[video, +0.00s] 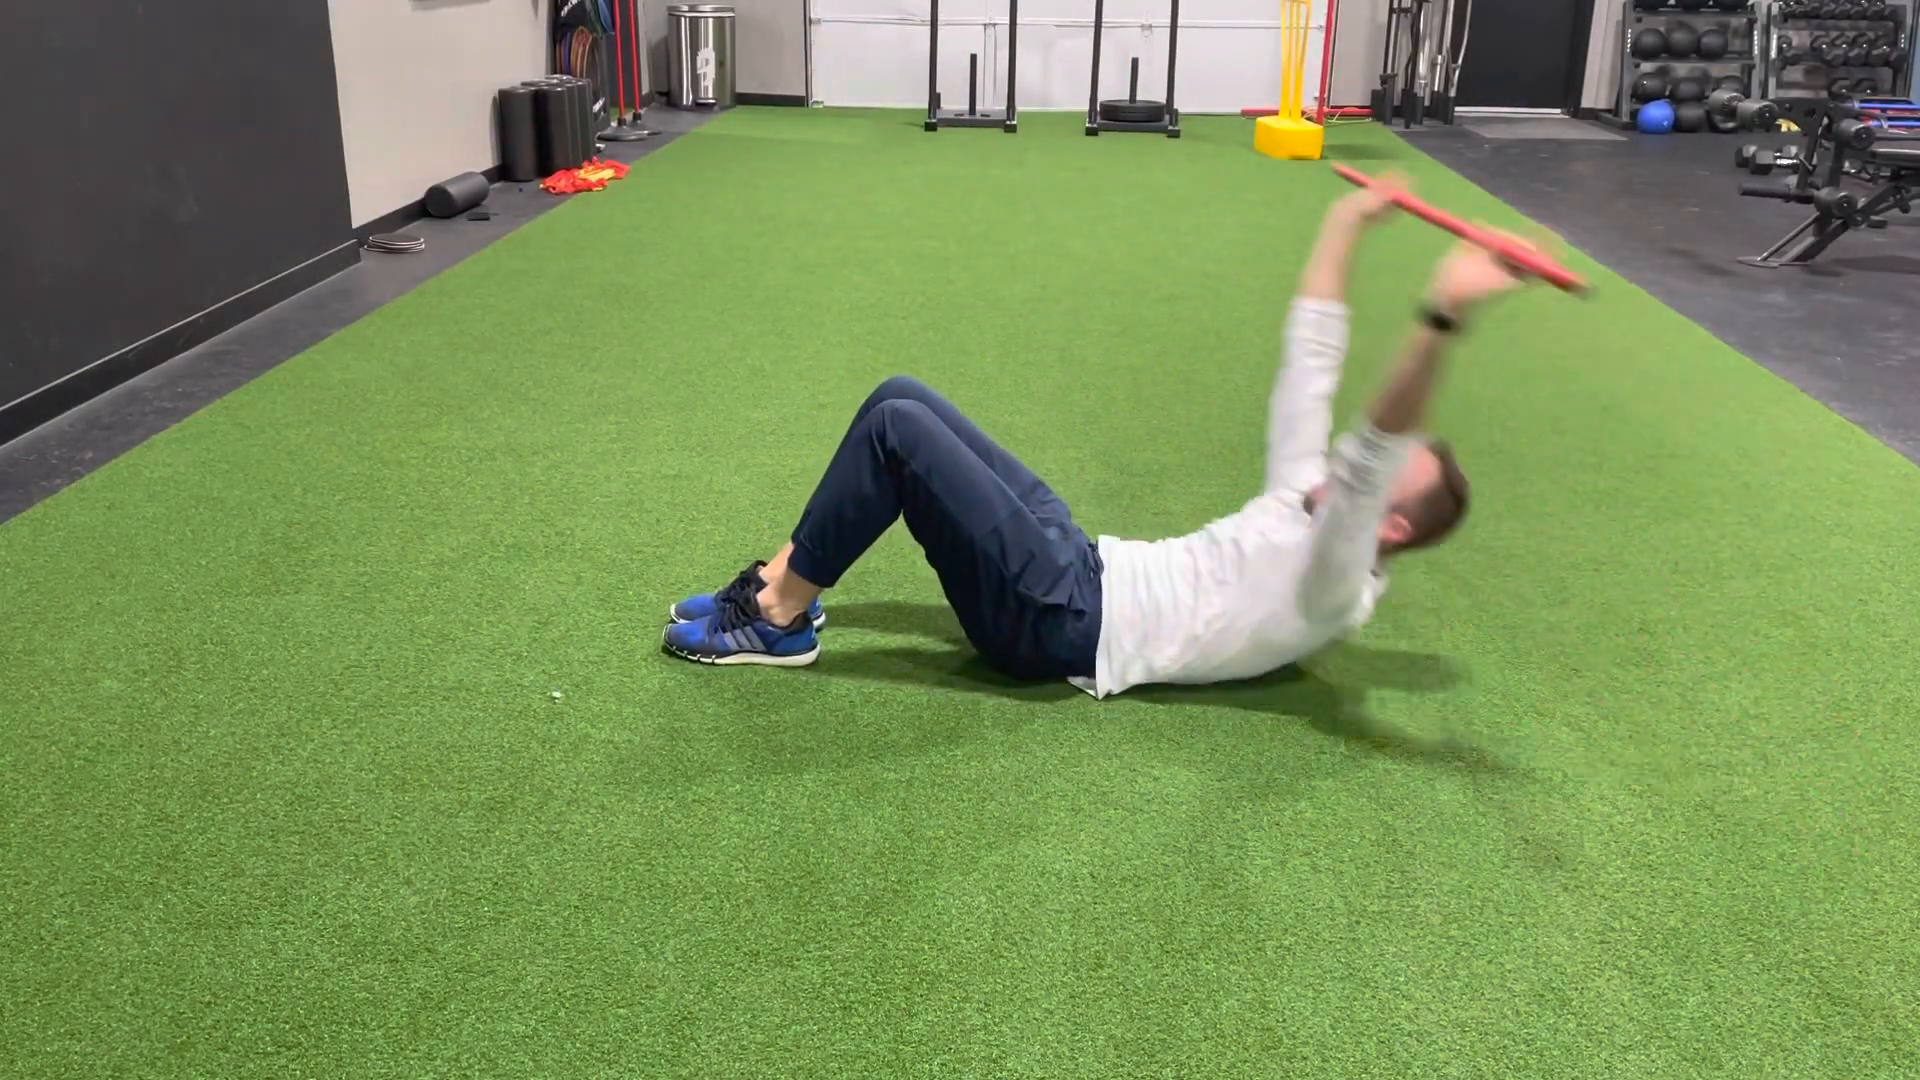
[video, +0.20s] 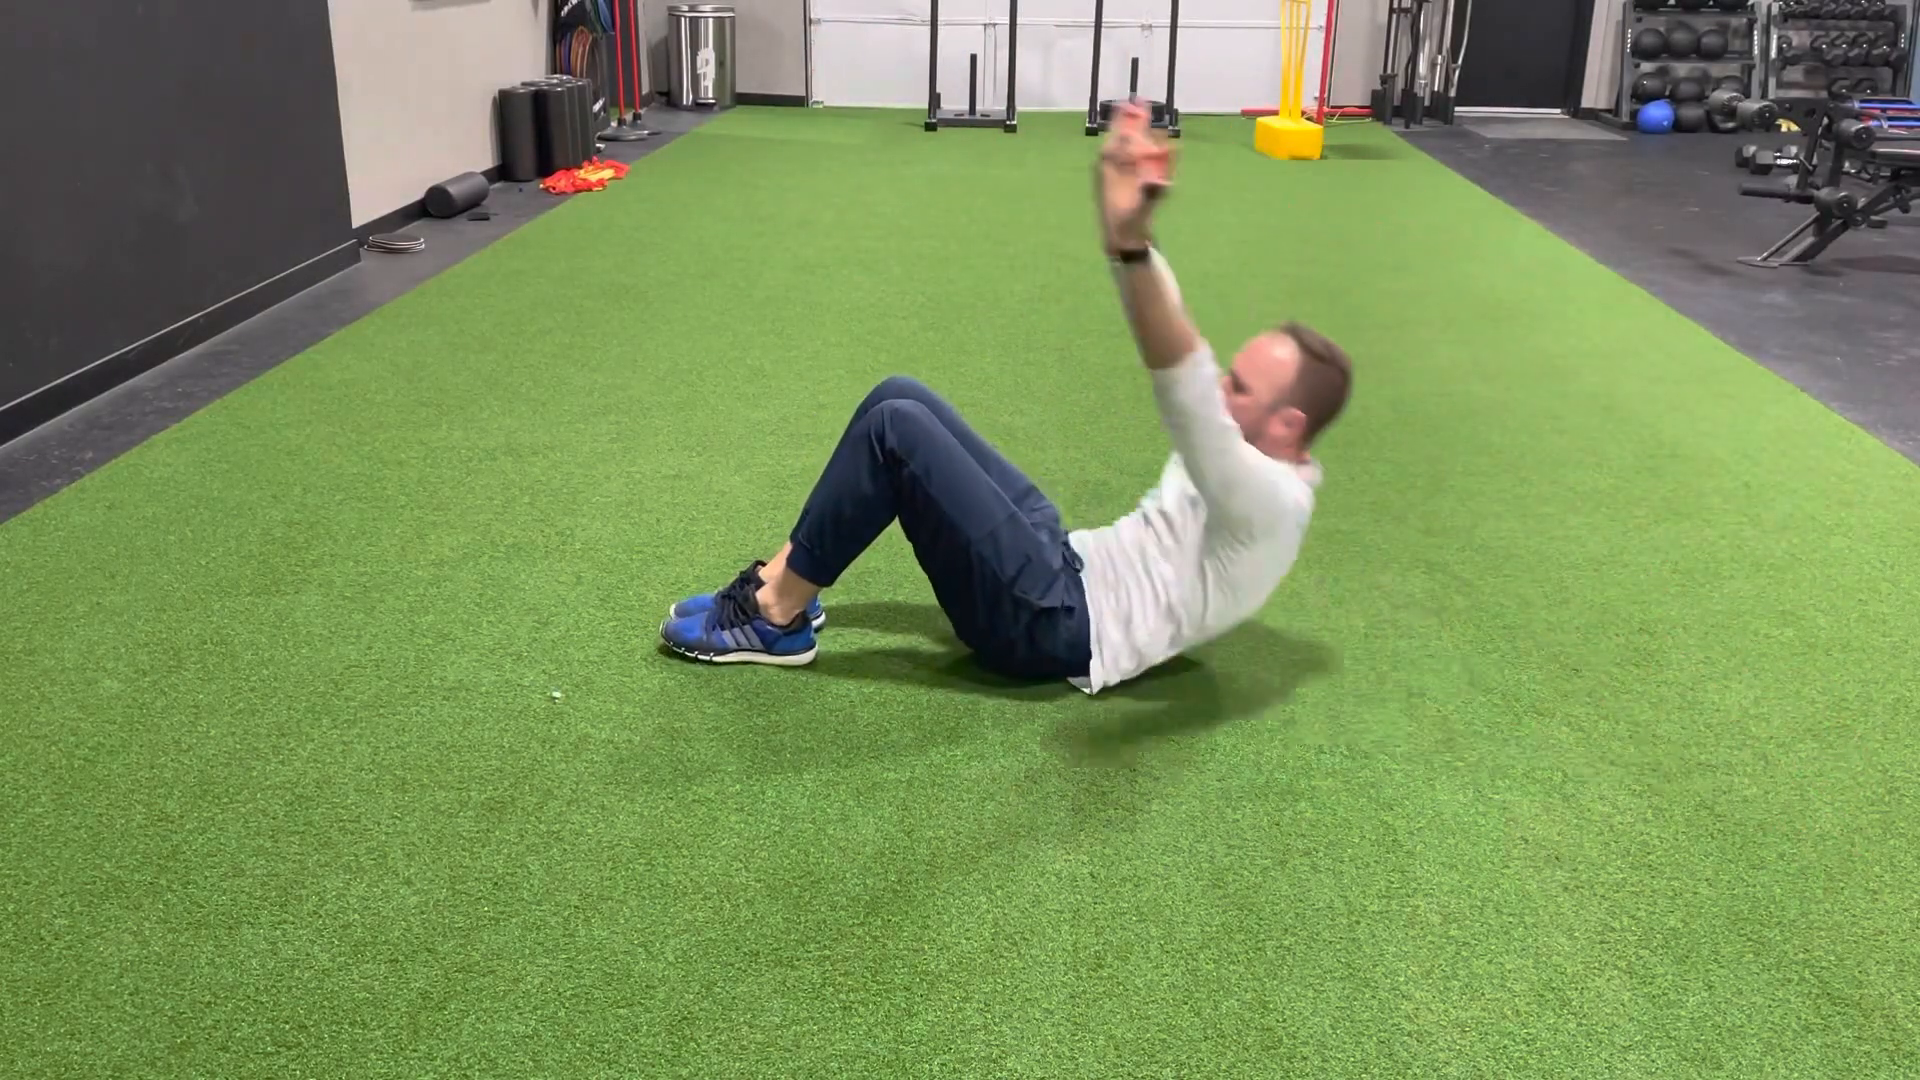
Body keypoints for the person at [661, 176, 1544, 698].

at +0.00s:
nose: (1378, 447)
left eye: (1399, 464)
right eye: (1387, 448)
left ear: (1405, 528)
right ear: (1361, 468)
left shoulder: (1335, 584)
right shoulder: (1297, 506)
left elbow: (1376, 436)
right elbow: (1311, 371)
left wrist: (1440, 316)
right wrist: (1342, 222)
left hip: (1071, 614)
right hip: (1081, 565)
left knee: (899, 422)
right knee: (901, 403)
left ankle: (779, 611)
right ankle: (781, 584)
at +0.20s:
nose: (1224, 391)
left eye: (1242, 387)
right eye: (1230, 375)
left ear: (1288, 427)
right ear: (1282, 420)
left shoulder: (1268, 503)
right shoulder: (1247, 464)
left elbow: (1188, 385)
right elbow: (1184, 366)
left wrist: (1129, 245)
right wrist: (1126, 214)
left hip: (1059, 619)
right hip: (1064, 565)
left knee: (897, 423)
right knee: (899, 403)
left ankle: (781, 613)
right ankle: (783, 585)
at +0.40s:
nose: (1118, 329)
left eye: (1133, 322)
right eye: (1125, 313)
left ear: (1186, 355)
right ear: (1183, 351)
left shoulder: (1182, 431)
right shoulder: (1175, 390)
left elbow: (1074, 328)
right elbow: (1076, 276)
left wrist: (992, 200)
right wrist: (1004, 164)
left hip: (1051, 618)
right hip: (1051, 557)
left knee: (890, 429)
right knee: (894, 400)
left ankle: (778, 613)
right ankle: (782, 583)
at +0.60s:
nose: (1028, 281)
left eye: (1048, 277)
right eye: (1040, 264)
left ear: (1094, 316)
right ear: (1092, 314)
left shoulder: (1099, 383)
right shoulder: (1088, 347)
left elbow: (996, 289)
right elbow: (993, 229)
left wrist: (903, 147)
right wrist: (924, 117)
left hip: (1025, 620)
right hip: (1028, 558)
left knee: (877, 421)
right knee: (882, 395)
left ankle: (770, 612)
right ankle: (780, 583)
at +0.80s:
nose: (975, 255)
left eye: (994, 250)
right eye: (987, 241)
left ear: (1039, 287)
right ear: (1039, 285)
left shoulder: (1038, 360)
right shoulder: (1030, 329)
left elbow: (932, 260)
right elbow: (937, 205)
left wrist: (842, 124)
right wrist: (869, 91)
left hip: (1004, 619)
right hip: (1008, 553)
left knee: (866, 431)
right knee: (874, 395)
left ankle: (765, 616)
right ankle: (778, 587)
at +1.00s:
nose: (993, 265)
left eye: (1012, 258)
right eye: (1004, 249)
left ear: (1057, 294)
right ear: (1056, 294)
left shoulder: (1057, 372)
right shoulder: (1052, 340)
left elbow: (944, 266)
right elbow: (952, 213)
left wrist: (849, 137)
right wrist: (883, 99)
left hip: (1007, 622)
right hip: (1012, 559)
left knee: (865, 425)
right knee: (876, 393)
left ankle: (766, 616)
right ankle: (780, 590)